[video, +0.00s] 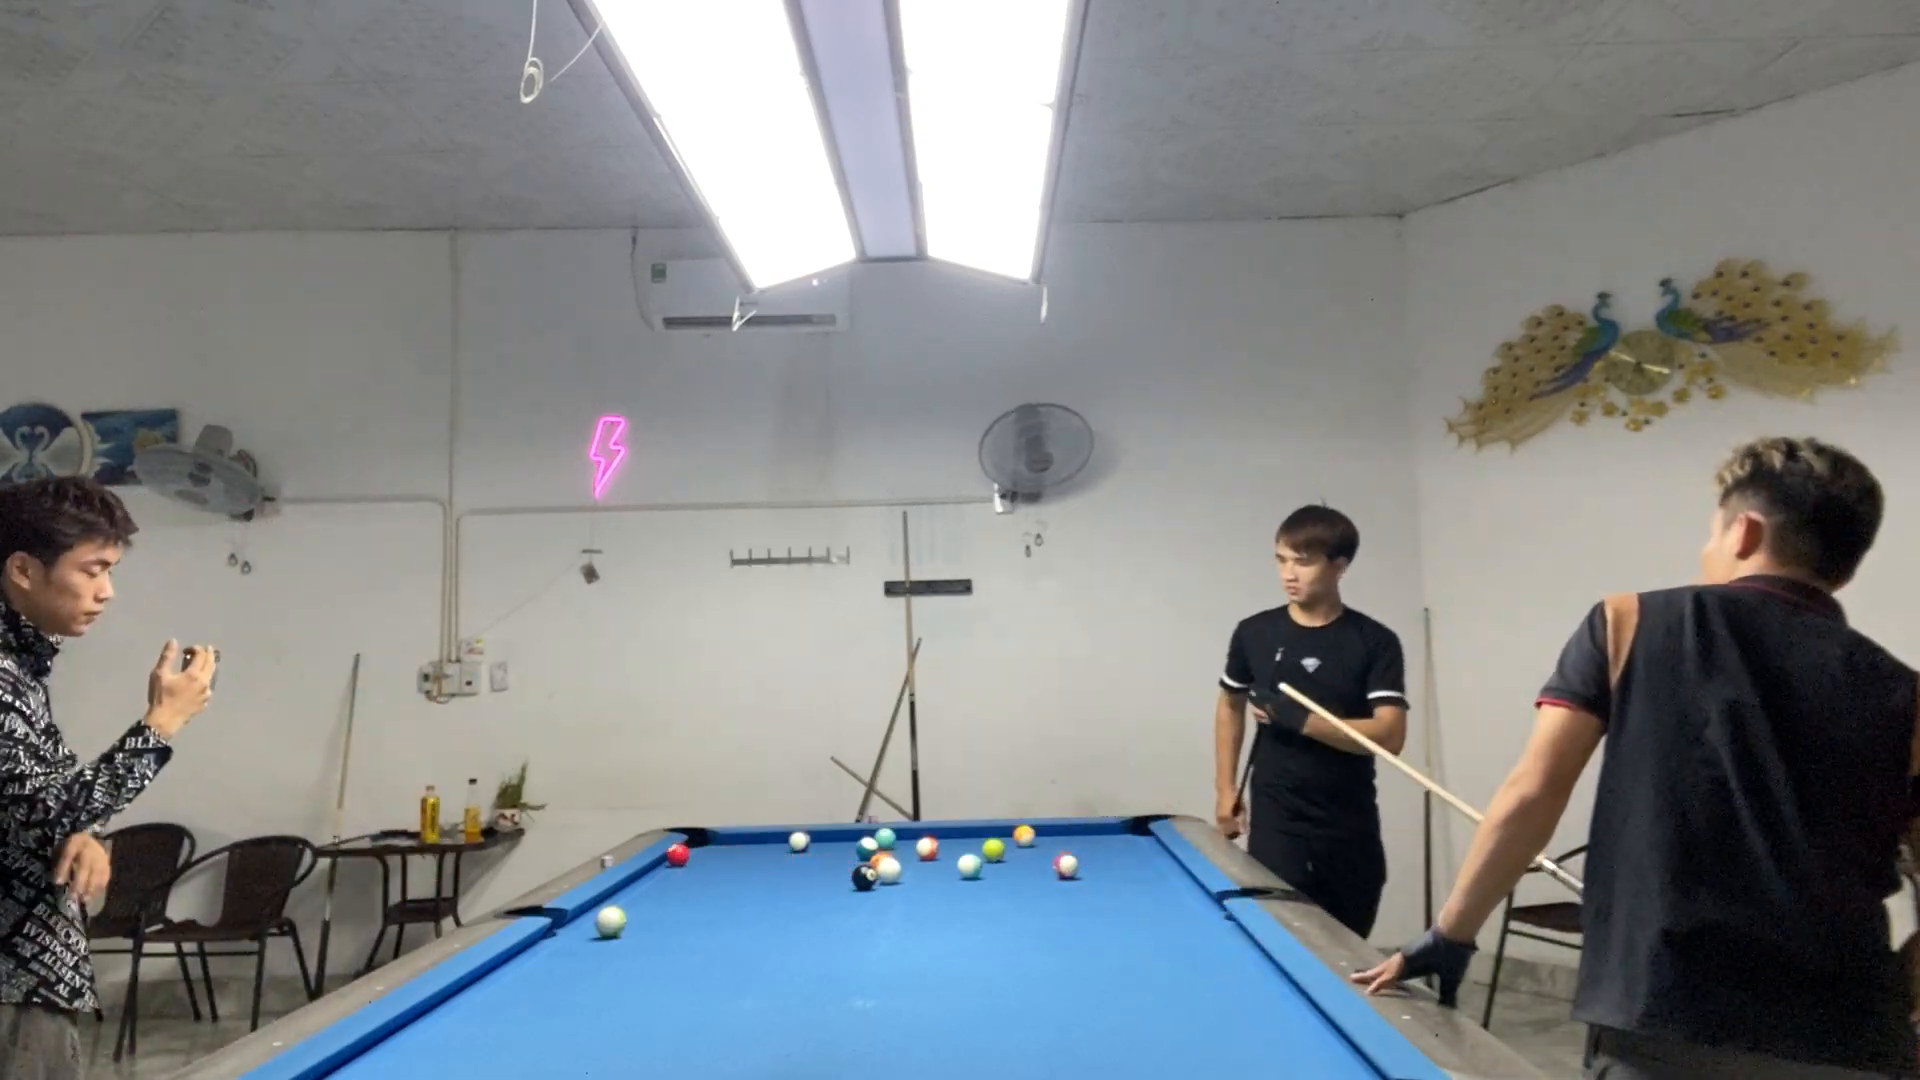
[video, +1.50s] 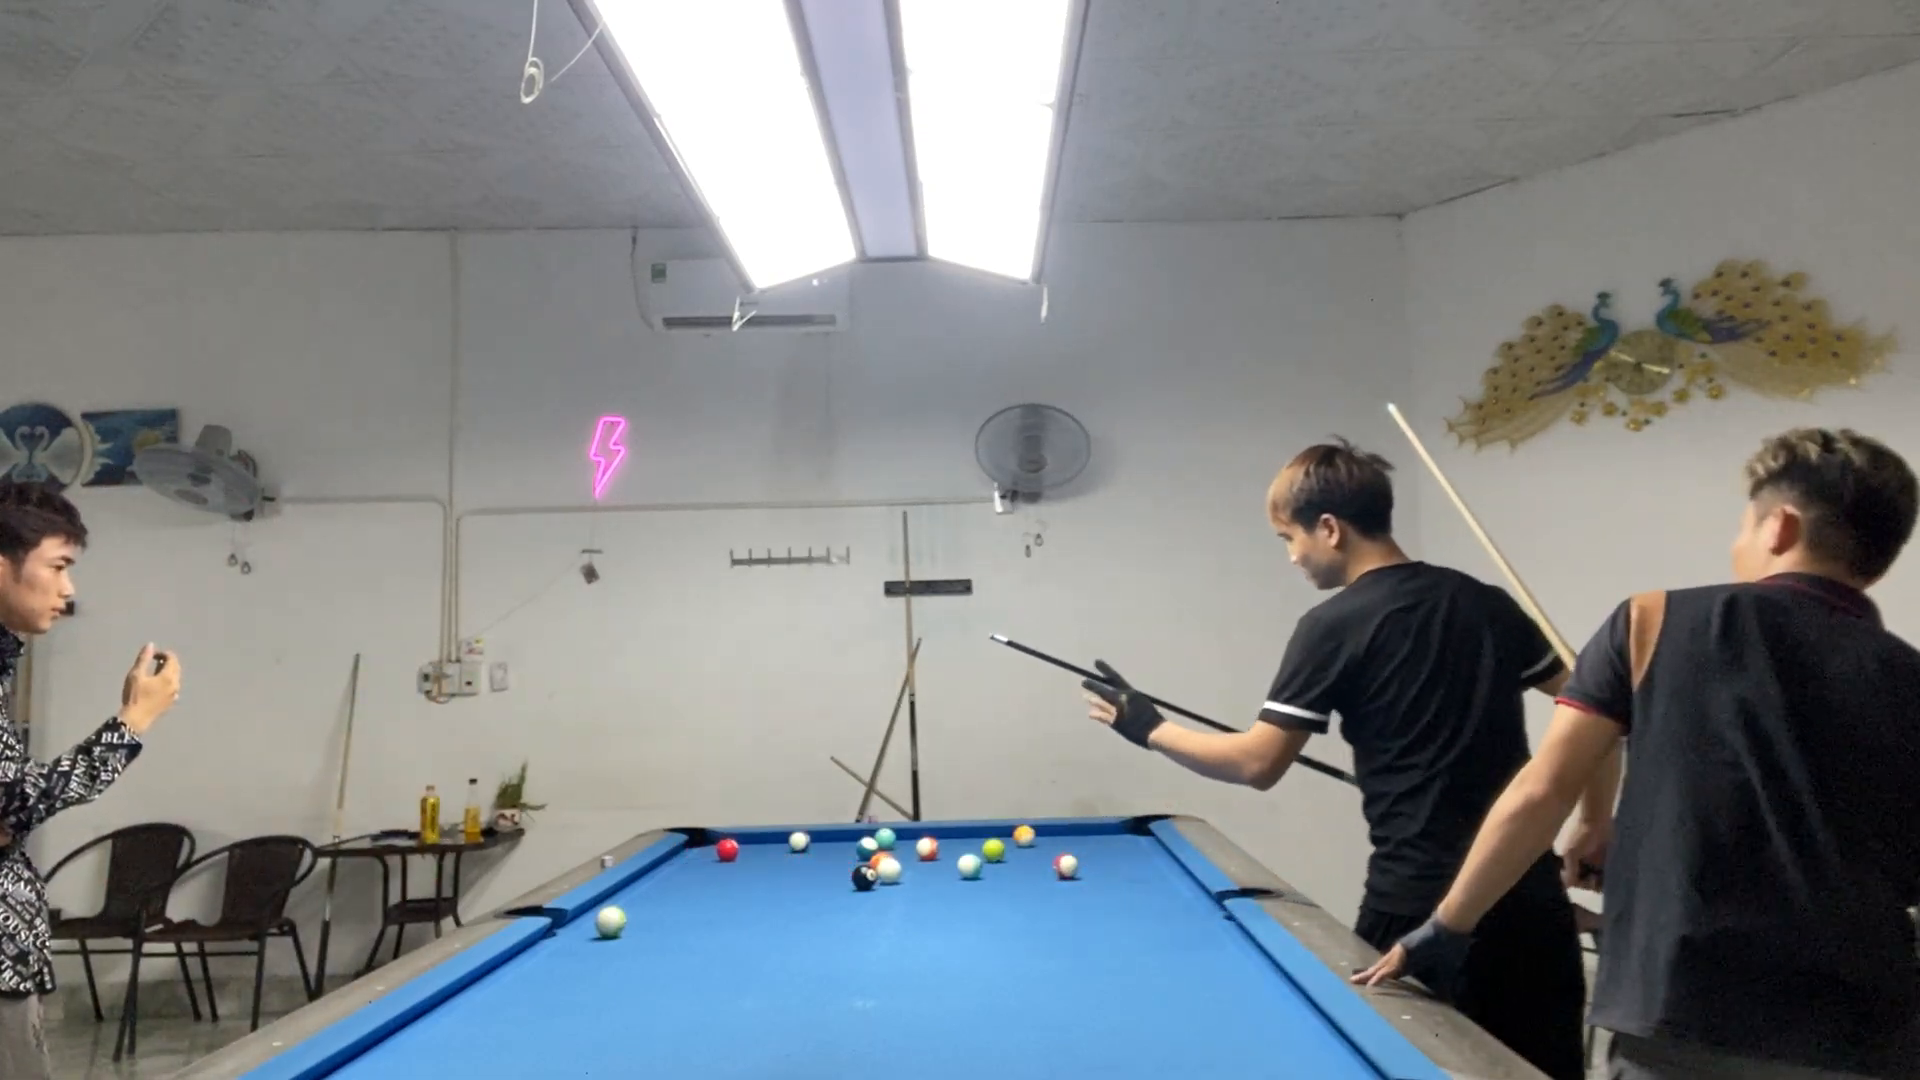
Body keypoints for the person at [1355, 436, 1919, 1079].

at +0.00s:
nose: (1705, 551)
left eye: (1715, 527)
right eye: (1711, 528)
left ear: (1746, 531)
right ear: (1846, 565)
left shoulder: (1630, 625)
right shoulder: (1899, 691)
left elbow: (1532, 796)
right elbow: (1899, 870)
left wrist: (1449, 936)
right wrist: (1891, 987)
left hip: (1651, 1026)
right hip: (1835, 1037)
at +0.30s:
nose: (1713, 556)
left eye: (1721, 531)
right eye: (1719, 533)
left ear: (1749, 534)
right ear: (1851, 572)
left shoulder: (1631, 624)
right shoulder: (1902, 693)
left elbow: (1532, 795)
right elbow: (1906, 876)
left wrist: (1448, 932)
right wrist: (1892, 985)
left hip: (1655, 1026)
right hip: (1845, 1037)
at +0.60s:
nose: (1721, 565)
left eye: (1729, 540)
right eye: (1727, 542)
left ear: (1760, 540)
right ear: (1858, 579)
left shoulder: (1638, 627)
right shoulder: (1905, 694)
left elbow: (1535, 796)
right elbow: (1901, 874)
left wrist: (1446, 933)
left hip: (1667, 1029)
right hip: (1856, 1040)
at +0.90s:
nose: (1733, 565)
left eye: (1742, 540)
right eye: (1740, 541)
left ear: (1774, 542)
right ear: (1869, 583)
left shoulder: (1647, 626)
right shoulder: (1907, 691)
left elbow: (1542, 793)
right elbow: (1903, 874)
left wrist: (1447, 932)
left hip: (1674, 1027)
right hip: (1863, 1040)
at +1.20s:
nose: (1743, 563)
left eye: (1750, 538)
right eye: (1748, 539)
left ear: (1784, 538)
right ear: (1881, 583)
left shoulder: (1652, 625)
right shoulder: (1910, 689)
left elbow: (1543, 793)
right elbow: (1901, 883)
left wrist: (1448, 930)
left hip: (1671, 1028)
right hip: (1859, 1040)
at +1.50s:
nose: (1737, 550)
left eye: (1745, 524)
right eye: (1743, 525)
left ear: (1781, 530)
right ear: (1874, 563)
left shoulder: (1654, 623)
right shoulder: (1909, 681)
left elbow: (1541, 794)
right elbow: (1909, 885)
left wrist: (1445, 928)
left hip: (1670, 1029)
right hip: (1861, 1041)